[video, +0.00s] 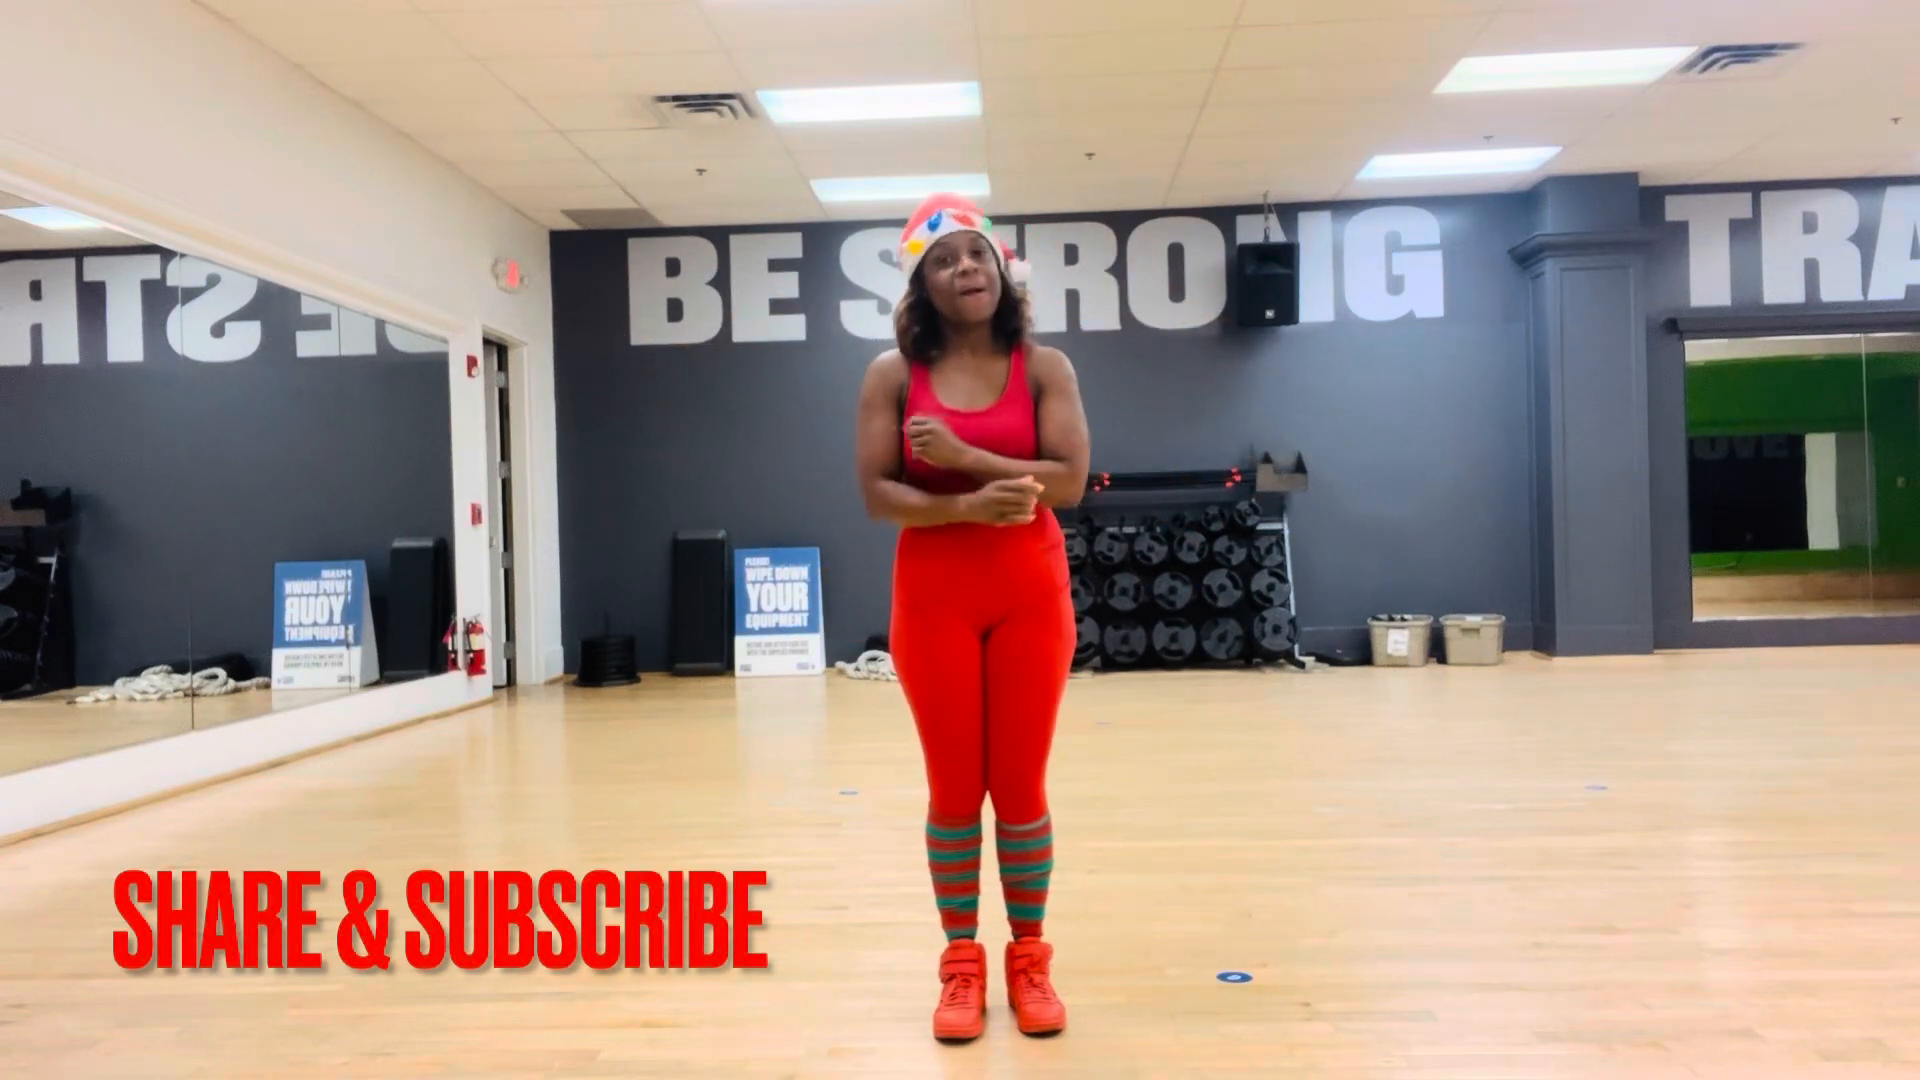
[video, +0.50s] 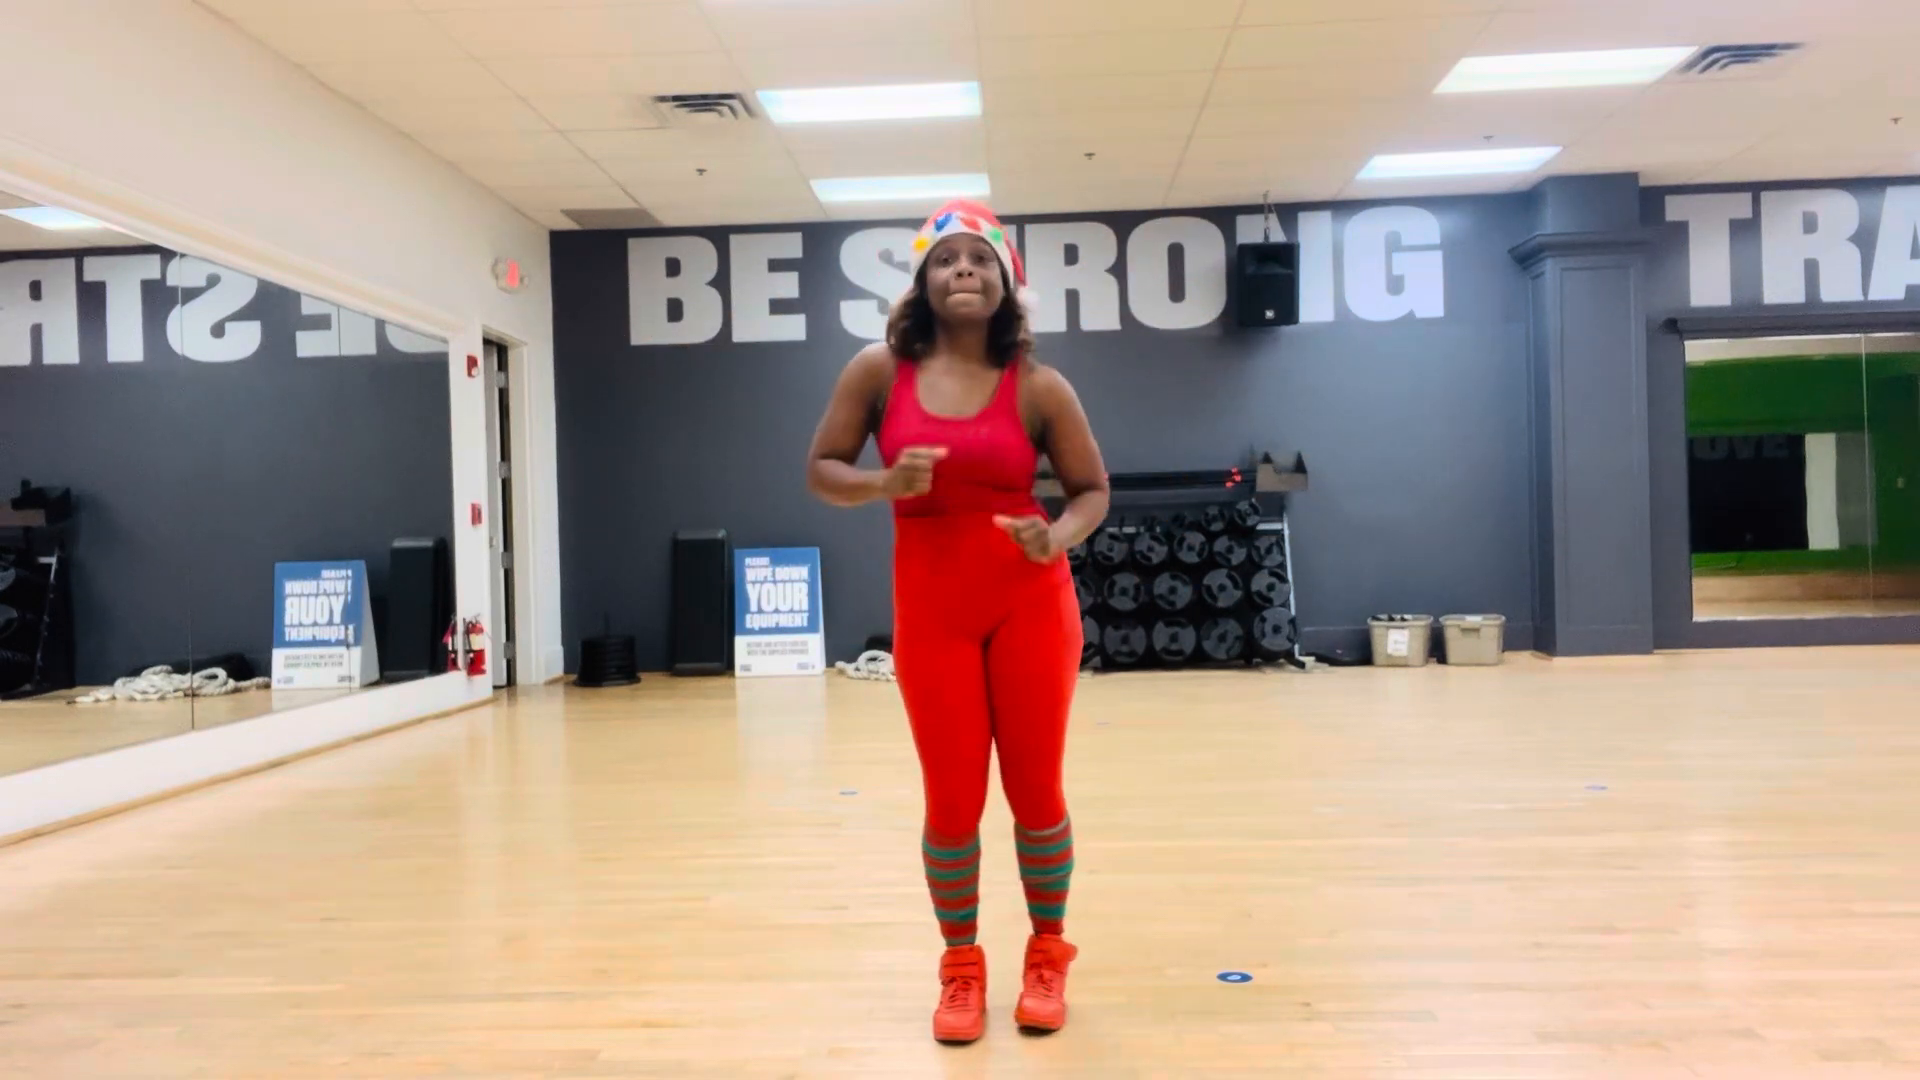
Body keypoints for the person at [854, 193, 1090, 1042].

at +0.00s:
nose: (966, 270)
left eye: (977, 255)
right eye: (945, 262)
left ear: (1002, 268)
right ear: (922, 285)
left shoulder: (1045, 365)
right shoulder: (892, 375)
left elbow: (1071, 482)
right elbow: (876, 495)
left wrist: (966, 456)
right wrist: (969, 504)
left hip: (1032, 592)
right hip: (934, 596)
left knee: (1019, 782)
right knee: (955, 785)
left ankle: (1031, 966)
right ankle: (962, 969)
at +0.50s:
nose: (966, 273)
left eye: (981, 262)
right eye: (949, 262)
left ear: (1003, 284)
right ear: (924, 284)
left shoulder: (1040, 388)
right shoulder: (878, 371)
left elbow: (1092, 490)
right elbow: (821, 471)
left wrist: (1060, 532)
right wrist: (880, 483)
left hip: (1031, 600)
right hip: (930, 609)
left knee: (1035, 790)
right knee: (952, 797)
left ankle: (1047, 959)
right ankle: (960, 968)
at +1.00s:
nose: (998, 281)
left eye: (1017, 268)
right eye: (984, 264)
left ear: (1043, 287)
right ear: (962, 279)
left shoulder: (1079, 380)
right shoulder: (916, 371)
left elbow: (1117, 489)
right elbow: (867, 474)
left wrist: (1069, 500)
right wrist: (920, 485)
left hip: (1049, 604)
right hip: (946, 604)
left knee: (1041, 791)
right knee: (950, 796)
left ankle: (1052, 960)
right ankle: (963, 970)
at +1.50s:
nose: (1005, 287)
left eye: (1024, 273)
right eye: (990, 271)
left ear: (1050, 288)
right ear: (968, 285)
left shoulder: (1092, 366)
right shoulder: (935, 385)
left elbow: (1152, 477)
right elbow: (886, 488)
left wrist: (1078, 458)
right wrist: (924, 523)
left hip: (1051, 610)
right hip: (948, 609)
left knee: (1061, 807)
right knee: (956, 803)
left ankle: (1036, 968)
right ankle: (938, 968)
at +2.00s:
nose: (942, 284)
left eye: (961, 271)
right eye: (927, 270)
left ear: (988, 288)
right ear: (904, 287)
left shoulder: (1032, 365)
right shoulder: (876, 391)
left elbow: (1094, 472)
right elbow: (828, 492)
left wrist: (1024, 434)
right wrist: (866, 534)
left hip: (1012, 606)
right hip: (910, 607)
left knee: (1049, 797)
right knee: (920, 801)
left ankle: (1016, 962)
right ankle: (916, 971)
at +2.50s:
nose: (907, 281)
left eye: (923, 265)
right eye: (890, 267)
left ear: (949, 280)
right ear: (865, 286)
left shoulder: (993, 361)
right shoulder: (837, 384)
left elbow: (1058, 468)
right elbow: (796, 492)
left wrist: (1002, 460)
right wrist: (851, 514)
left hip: (1004, 593)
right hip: (902, 605)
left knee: (1057, 778)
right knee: (921, 798)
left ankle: (1048, 950)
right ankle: (922, 969)